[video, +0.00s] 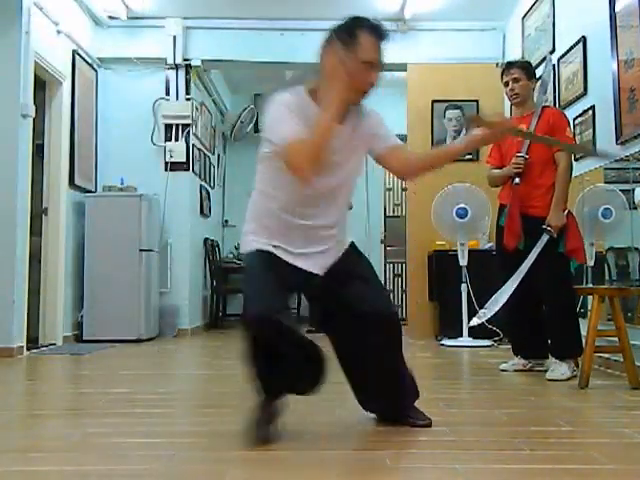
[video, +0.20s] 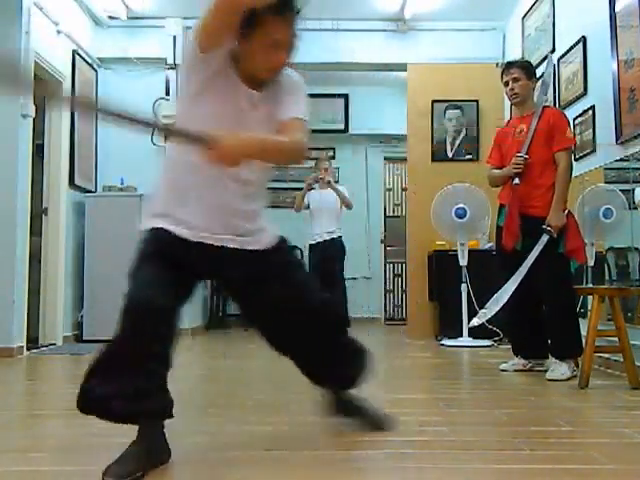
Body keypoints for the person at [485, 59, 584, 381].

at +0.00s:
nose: (511, 87)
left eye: (517, 80)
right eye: (507, 83)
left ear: (533, 83)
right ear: (504, 90)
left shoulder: (552, 117)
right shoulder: (503, 129)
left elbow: (564, 163)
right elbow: (492, 177)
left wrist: (558, 209)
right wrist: (508, 171)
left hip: (546, 213)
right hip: (512, 214)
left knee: (554, 284)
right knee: (517, 283)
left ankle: (564, 357)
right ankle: (529, 354)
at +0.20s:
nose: (511, 86)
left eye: (517, 80)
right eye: (506, 83)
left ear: (533, 83)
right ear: (504, 89)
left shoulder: (552, 117)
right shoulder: (505, 131)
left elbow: (564, 164)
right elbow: (492, 177)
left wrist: (558, 209)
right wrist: (508, 170)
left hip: (546, 214)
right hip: (513, 215)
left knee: (554, 285)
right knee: (519, 285)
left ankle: (565, 357)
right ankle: (529, 354)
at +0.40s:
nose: (510, 86)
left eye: (516, 80)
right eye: (506, 82)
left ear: (533, 83)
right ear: (504, 89)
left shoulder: (552, 117)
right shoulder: (504, 131)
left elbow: (564, 164)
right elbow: (492, 177)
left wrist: (557, 208)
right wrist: (508, 171)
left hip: (545, 215)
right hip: (512, 216)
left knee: (553, 285)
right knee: (517, 285)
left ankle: (565, 357)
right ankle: (529, 354)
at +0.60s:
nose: (511, 86)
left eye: (516, 80)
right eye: (506, 82)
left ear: (533, 83)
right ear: (504, 89)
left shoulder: (553, 117)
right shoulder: (505, 131)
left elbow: (564, 165)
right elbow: (493, 177)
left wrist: (557, 209)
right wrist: (508, 171)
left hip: (546, 215)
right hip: (512, 215)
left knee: (553, 285)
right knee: (518, 284)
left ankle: (565, 358)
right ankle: (529, 354)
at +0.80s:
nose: (510, 86)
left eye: (516, 80)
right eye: (506, 82)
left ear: (533, 83)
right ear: (504, 89)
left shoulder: (553, 117)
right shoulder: (505, 131)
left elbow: (564, 165)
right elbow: (493, 177)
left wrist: (557, 210)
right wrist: (508, 171)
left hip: (546, 214)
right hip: (512, 215)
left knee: (553, 284)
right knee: (518, 284)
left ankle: (565, 358)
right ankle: (529, 354)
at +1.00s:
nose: (511, 87)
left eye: (516, 80)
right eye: (506, 83)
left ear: (533, 83)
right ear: (504, 89)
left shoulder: (553, 117)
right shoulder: (504, 132)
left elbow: (565, 164)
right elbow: (493, 177)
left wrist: (557, 209)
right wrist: (508, 171)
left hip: (546, 214)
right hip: (513, 215)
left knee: (552, 284)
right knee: (519, 284)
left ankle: (565, 358)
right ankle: (529, 355)